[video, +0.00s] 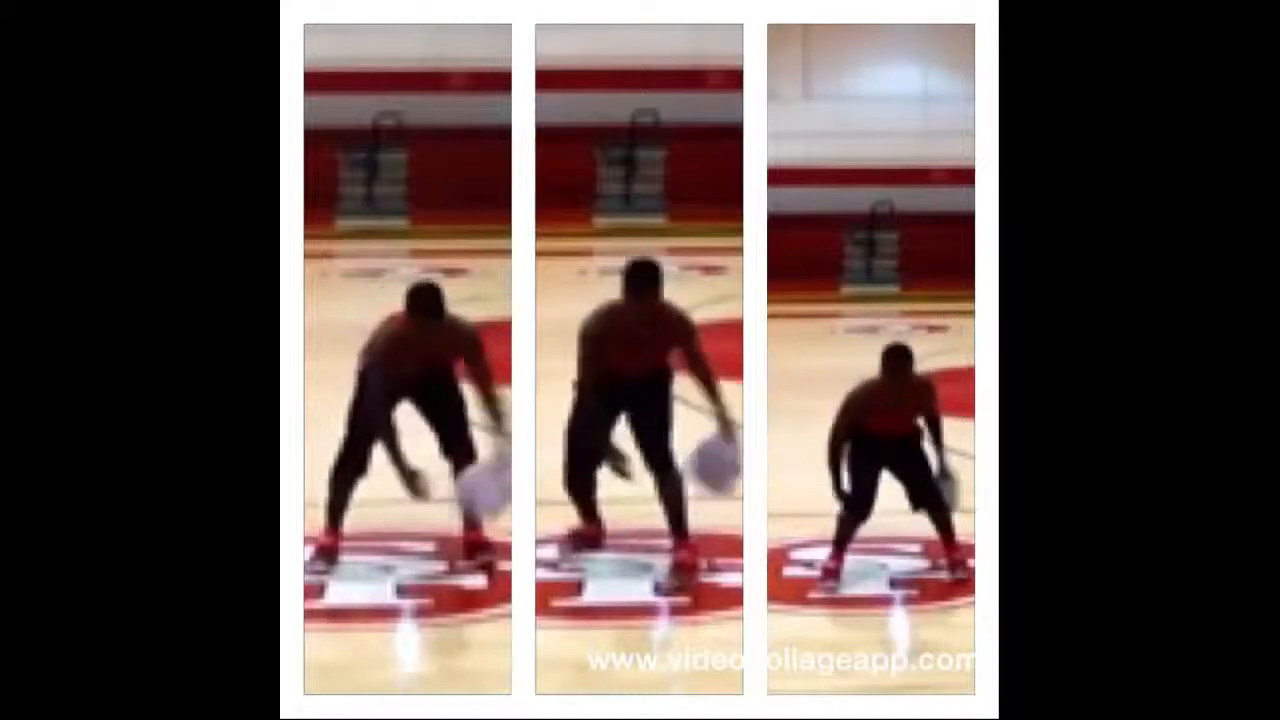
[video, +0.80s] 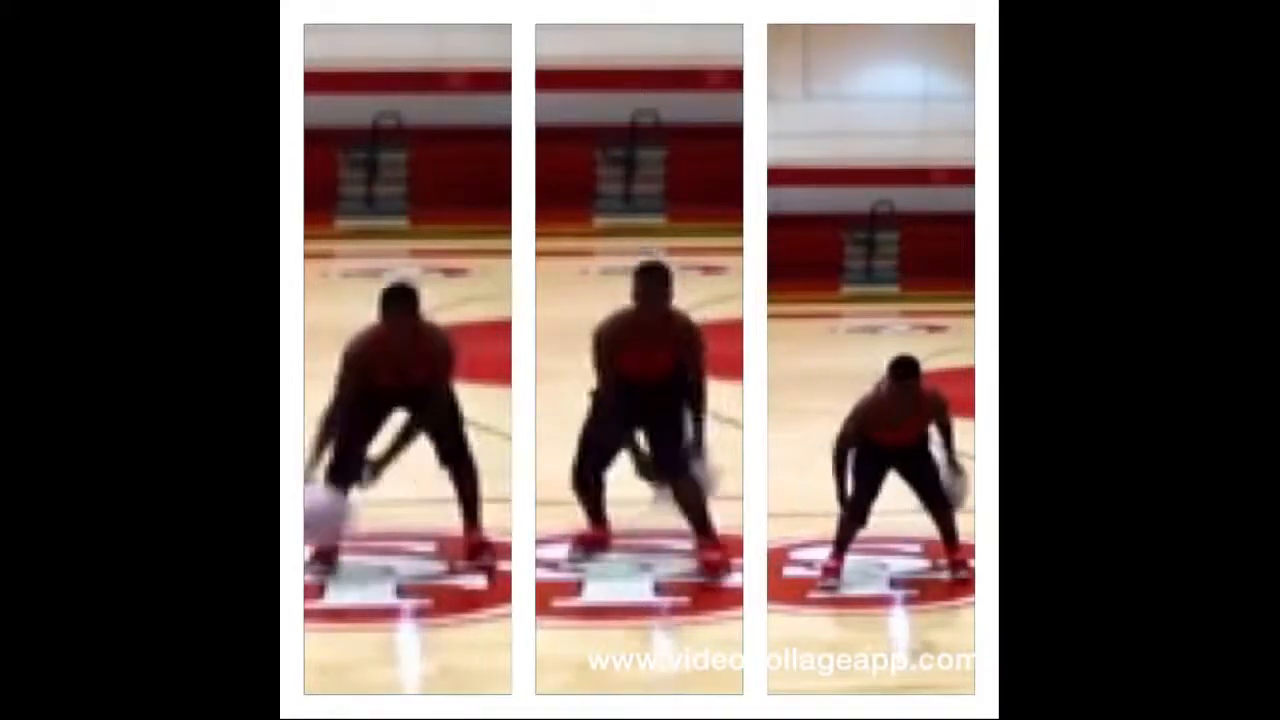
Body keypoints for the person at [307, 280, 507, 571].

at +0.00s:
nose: (425, 333)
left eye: (432, 325)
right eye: (419, 325)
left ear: (443, 316)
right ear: (407, 317)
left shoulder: (460, 335)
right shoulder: (387, 342)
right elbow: (382, 416)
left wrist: (498, 423)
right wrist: (404, 470)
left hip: (433, 378)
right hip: (384, 381)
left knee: (461, 451)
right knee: (354, 457)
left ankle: (473, 530)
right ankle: (332, 532)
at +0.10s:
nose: (411, 330)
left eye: (417, 321)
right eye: (405, 322)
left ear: (427, 316)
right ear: (395, 317)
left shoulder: (448, 341)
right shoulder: (377, 342)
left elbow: (436, 418)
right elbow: (359, 411)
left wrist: (411, 465)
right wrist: (355, 467)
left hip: (432, 388)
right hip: (381, 385)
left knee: (463, 457)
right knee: (350, 455)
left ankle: (473, 532)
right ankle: (333, 533)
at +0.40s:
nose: (394, 330)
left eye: (401, 320)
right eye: (387, 319)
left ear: (411, 312)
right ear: (376, 313)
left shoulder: (431, 339)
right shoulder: (356, 345)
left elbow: (442, 405)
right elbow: (363, 417)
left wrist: (445, 464)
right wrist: (392, 469)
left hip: (422, 390)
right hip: (370, 393)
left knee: (457, 457)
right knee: (337, 466)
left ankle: (475, 534)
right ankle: (330, 540)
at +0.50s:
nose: (404, 329)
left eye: (411, 319)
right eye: (397, 320)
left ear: (420, 314)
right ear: (385, 315)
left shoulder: (438, 342)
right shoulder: (364, 350)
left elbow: (476, 390)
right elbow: (376, 417)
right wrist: (418, 462)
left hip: (423, 391)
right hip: (371, 394)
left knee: (458, 462)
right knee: (339, 471)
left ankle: (474, 536)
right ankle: (330, 541)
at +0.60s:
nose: (410, 330)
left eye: (417, 320)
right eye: (402, 321)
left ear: (427, 315)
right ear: (391, 317)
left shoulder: (445, 340)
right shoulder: (371, 349)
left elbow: (481, 387)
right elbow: (376, 418)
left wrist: (510, 426)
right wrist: (411, 468)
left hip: (425, 391)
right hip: (374, 394)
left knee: (459, 459)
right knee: (341, 470)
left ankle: (474, 535)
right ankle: (331, 539)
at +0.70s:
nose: (408, 329)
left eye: (414, 319)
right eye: (401, 320)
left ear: (425, 313)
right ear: (389, 316)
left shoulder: (446, 345)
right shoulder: (371, 347)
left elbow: (450, 413)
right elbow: (363, 426)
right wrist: (373, 479)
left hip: (427, 394)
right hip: (376, 395)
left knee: (461, 460)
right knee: (343, 467)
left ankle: (473, 536)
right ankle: (330, 540)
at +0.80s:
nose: (399, 331)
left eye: (407, 321)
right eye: (392, 321)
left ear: (417, 316)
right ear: (382, 317)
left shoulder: (436, 346)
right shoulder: (363, 349)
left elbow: (420, 418)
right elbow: (338, 409)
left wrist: (381, 463)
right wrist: (313, 462)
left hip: (426, 394)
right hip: (374, 394)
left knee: (459, 459)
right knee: (343, 460)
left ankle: (474, 536)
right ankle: (327, 545)